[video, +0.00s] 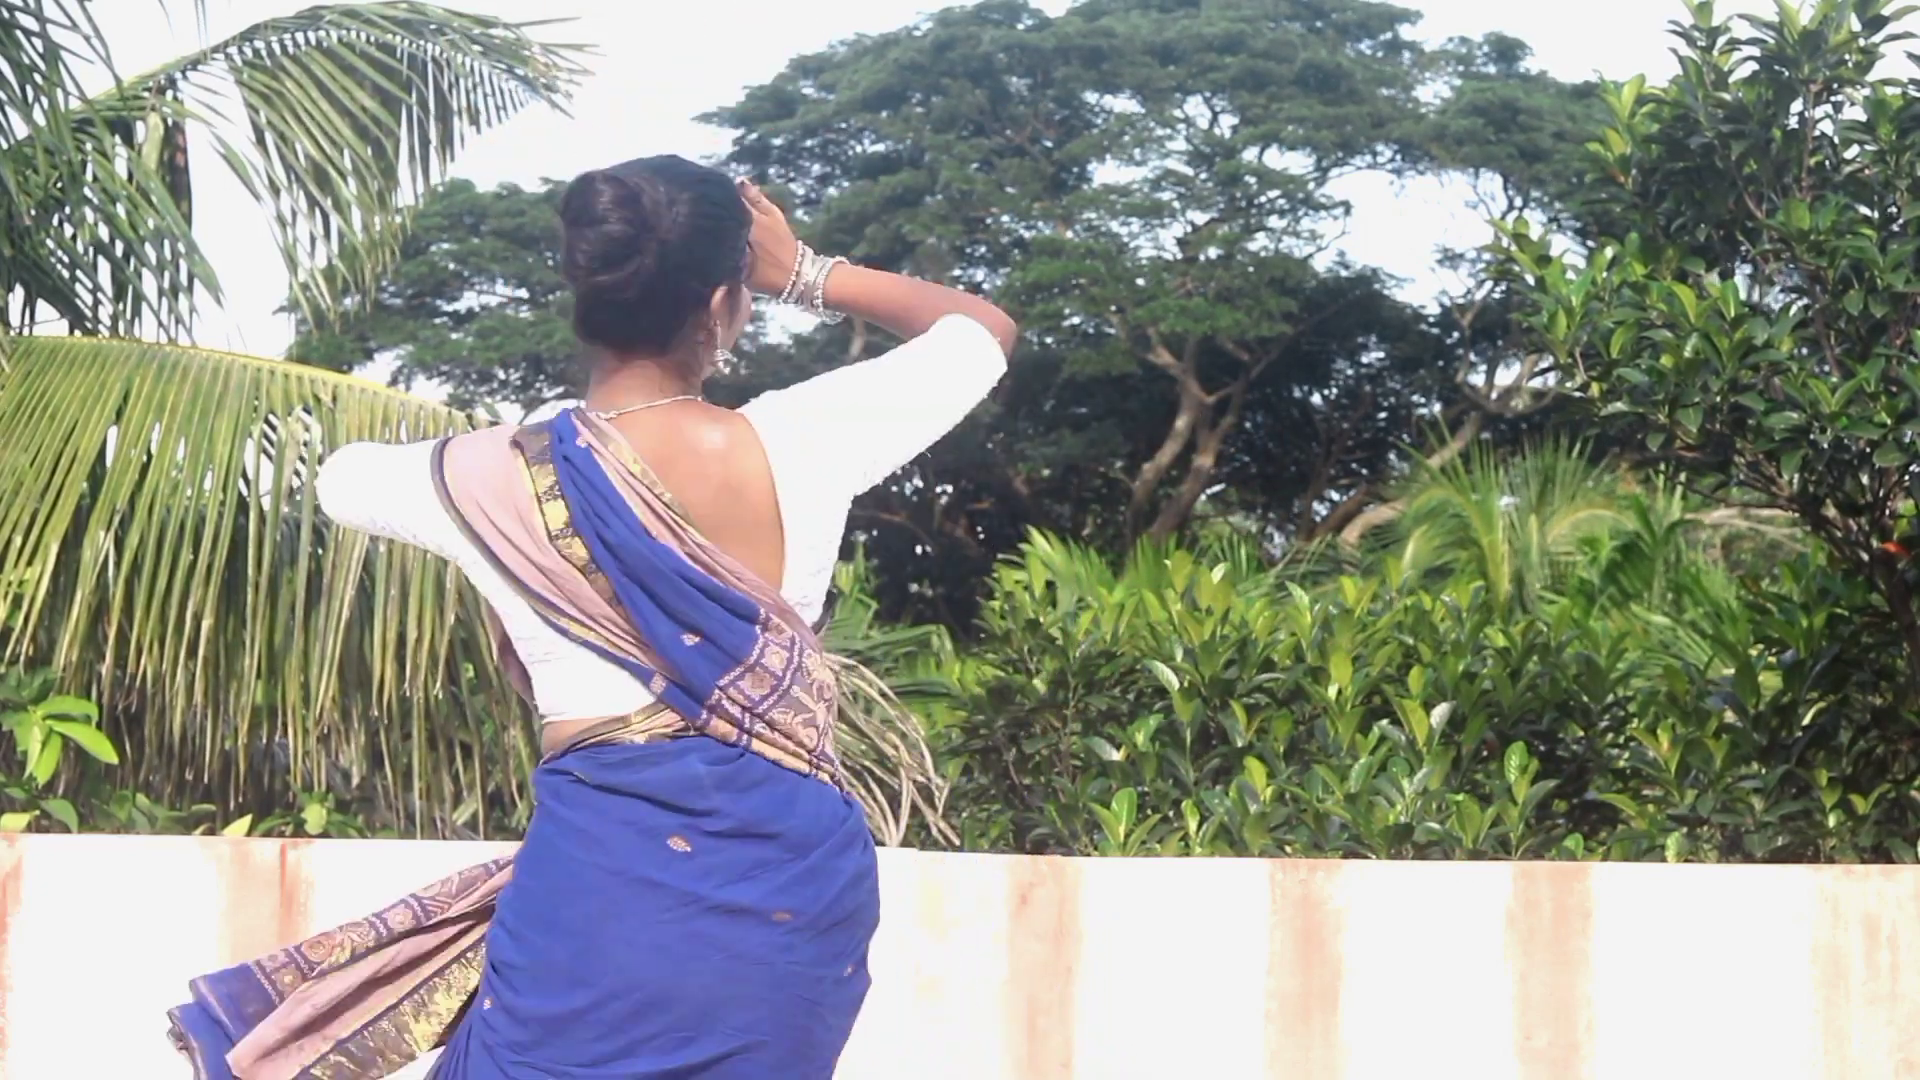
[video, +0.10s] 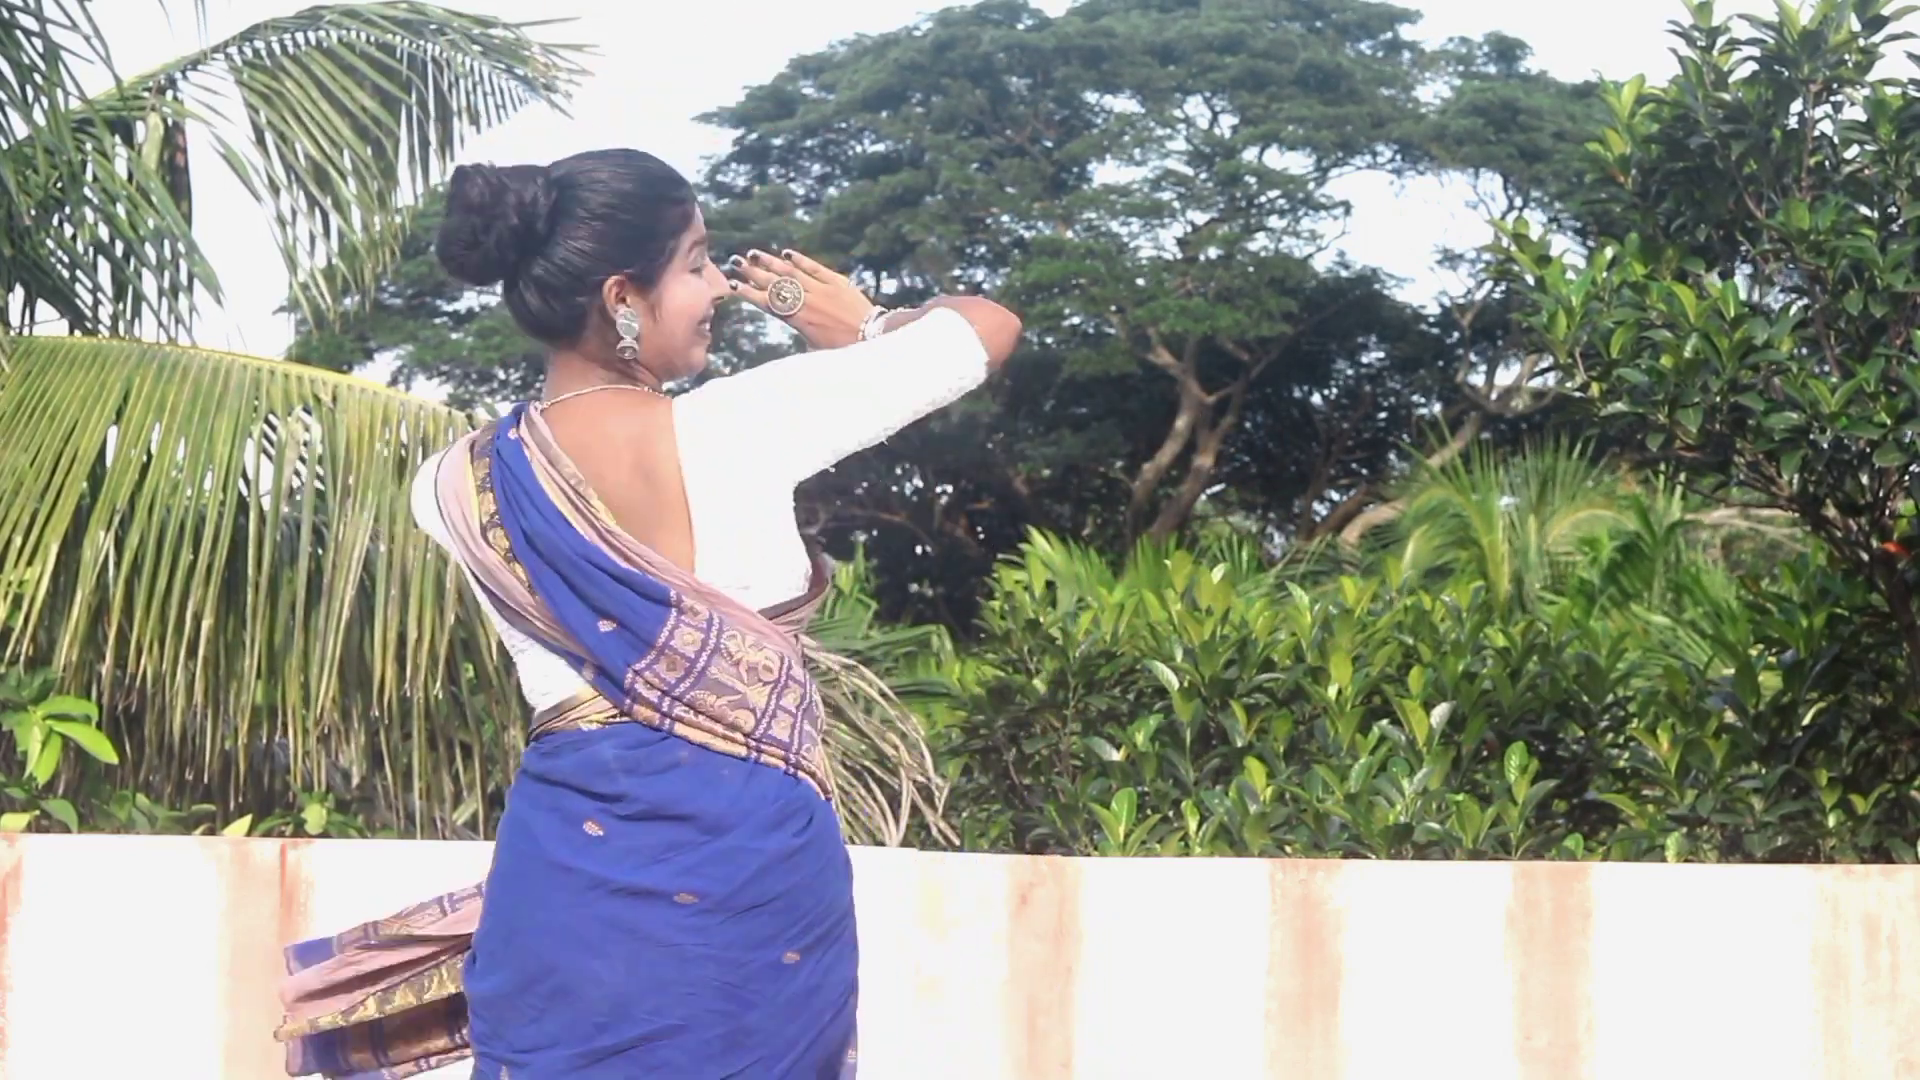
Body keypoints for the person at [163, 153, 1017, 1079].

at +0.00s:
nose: (746, 307)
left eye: (743, 283)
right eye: (747, 287)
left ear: (586, 294)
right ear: (718, 308)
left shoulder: (482, 474)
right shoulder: (792, 446)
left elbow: (322, 470)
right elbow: (982, 328)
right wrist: (809, 271)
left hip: (596, 882)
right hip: (798, 892)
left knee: (519, 1063)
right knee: (756, 1065)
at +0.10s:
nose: (718, 283)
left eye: (708, 256)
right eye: (696, 263)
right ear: (622, 302)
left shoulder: (458, 483)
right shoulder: (739, 426)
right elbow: (991, 326)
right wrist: (873, 327)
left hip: (553, 872)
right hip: (743, 876)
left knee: (542, 1058)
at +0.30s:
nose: (648, 281)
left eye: (656, 252)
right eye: (605, 258)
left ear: (676, 256)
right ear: (522, 289)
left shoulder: (523, 430)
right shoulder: (610, 411)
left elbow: (626, 573)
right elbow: (831, 327)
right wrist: (891, 418)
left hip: (552, 819)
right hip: (648, 838)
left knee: (546, 1054)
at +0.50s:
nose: (610, 278)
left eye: (635, 249)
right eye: (570, 252)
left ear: (663, 271)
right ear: (509, 279)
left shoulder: (660, 422)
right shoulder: (515, 404)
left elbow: (853, 452)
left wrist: (849, 524)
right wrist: (723, 455)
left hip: (686, 819)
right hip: (553, 819)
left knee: (699, 1061)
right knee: (543, 1060)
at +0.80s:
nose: (599, 285)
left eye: (633, 258)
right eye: (568, 254)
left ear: (675, 288)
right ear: (522, 280)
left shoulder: (727, 451)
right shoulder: (464, 428)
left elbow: (958, 439)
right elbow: (256, 376)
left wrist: (785, 515)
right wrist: (449, 500)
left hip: (640, 838)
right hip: (461, 832)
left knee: (637, 1054)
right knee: (498, 1059)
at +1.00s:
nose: (598, 297)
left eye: (637, 278)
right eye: (573, 264)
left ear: (676, 319)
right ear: (527, 287)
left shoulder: (692, 471)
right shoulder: (430, 450)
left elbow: (838, 471)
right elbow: (173, 427)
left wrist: (606, 491)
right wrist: (315, 529)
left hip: (613, 862)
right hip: (421, 856)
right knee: (407, 1062)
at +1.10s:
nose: (603, 317)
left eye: (645, 304)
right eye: (582, 281)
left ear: (678, 352)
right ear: (534, 298)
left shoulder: (667, 485)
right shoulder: (433, 462)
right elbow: (177, 458)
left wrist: (469, 496)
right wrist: (265, 547)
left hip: (566, 873)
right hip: (383, 864)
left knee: (662, 1060)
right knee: (362, 1060)